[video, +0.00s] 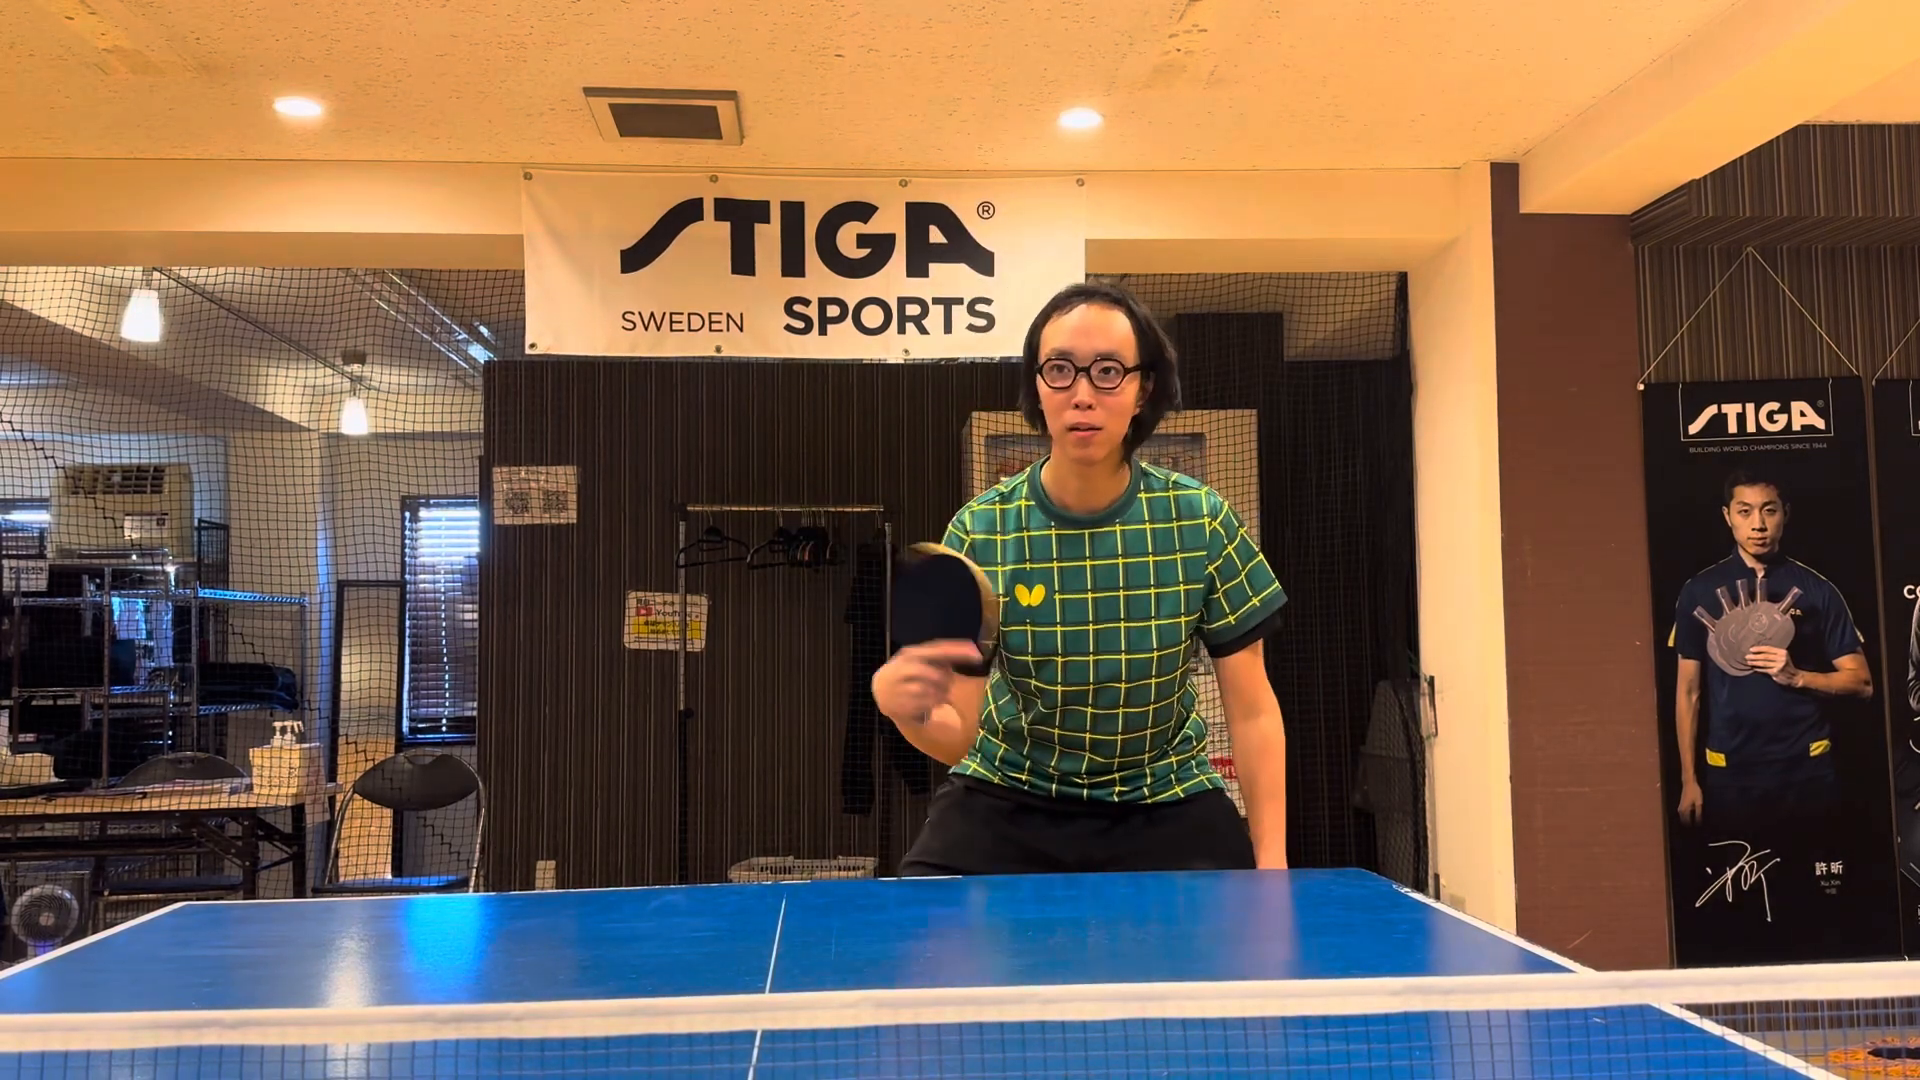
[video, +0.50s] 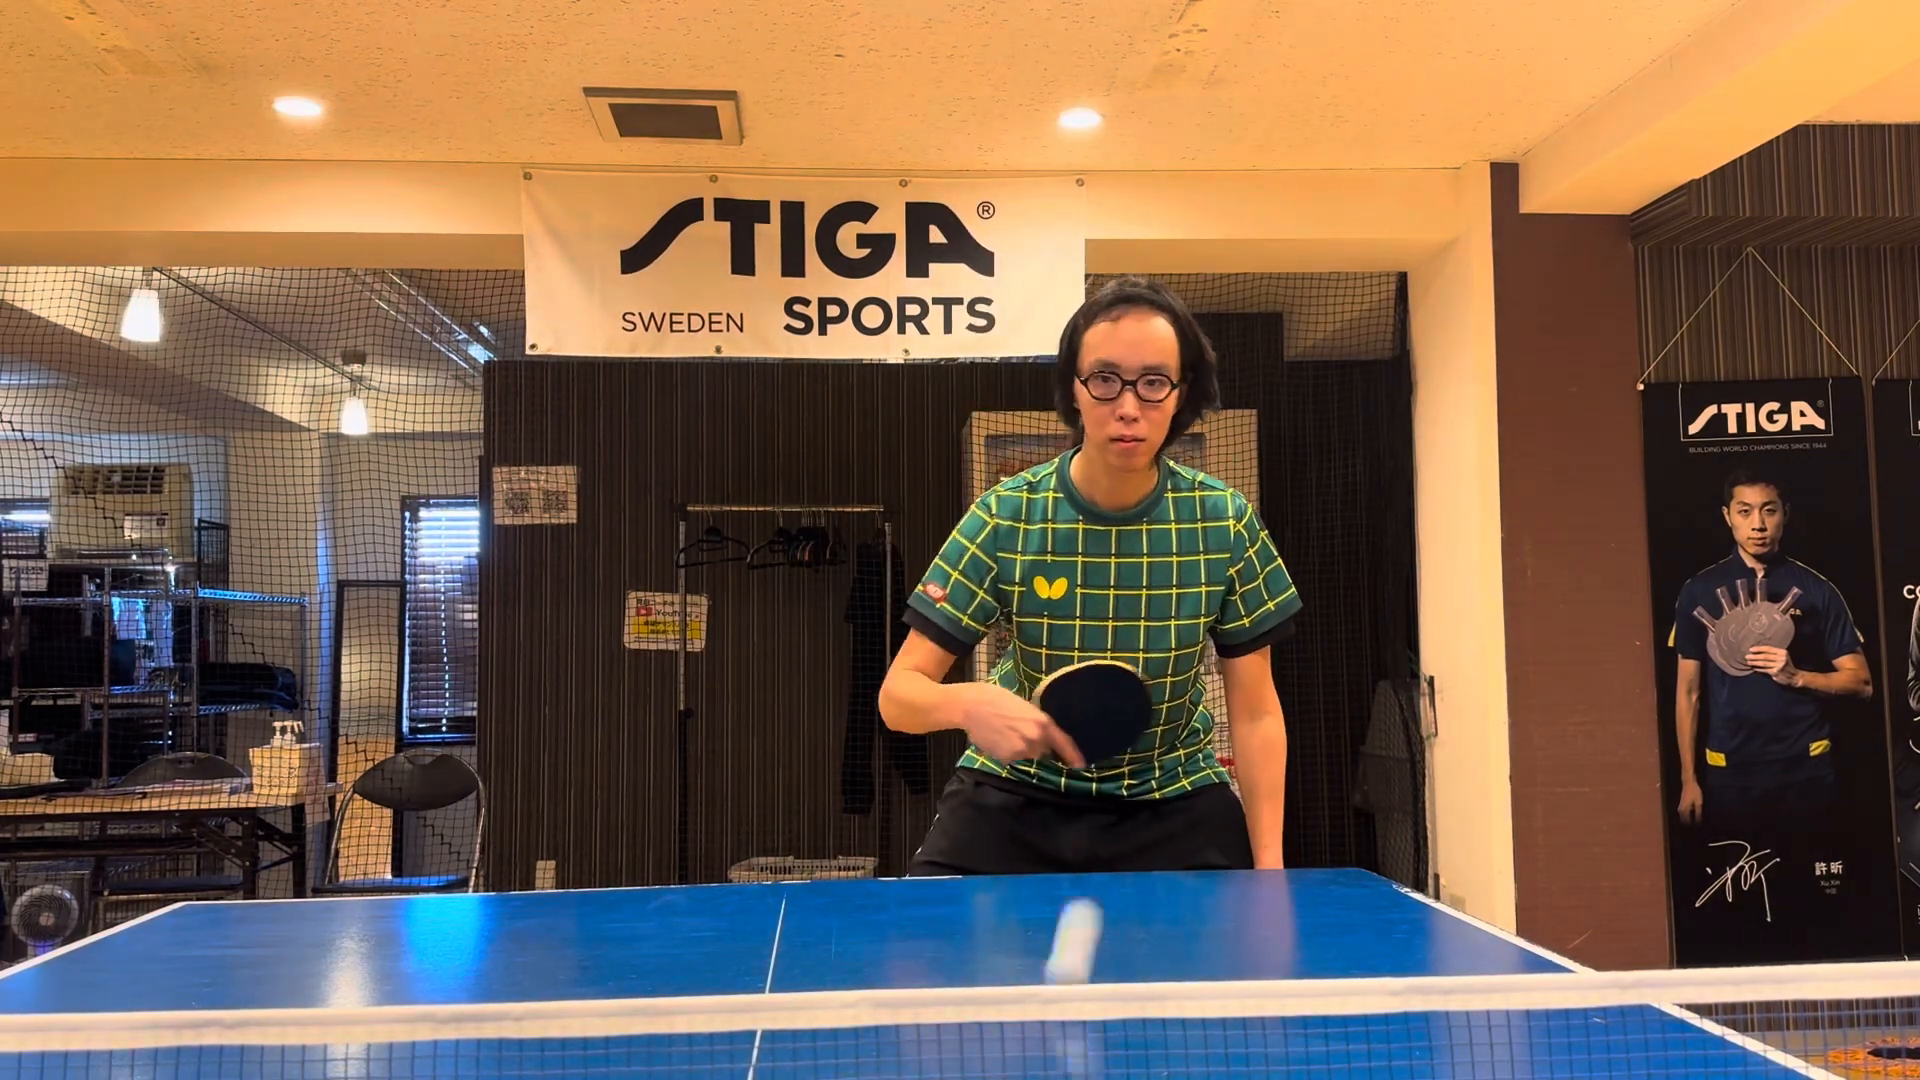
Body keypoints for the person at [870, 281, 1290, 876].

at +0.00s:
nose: (1081, 392)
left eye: (1107, 371)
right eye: (1060, 370)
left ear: (1142, 390)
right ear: (1036, 389)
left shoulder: (1199, 522)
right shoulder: (981, 530)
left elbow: (1252, 711)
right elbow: (957, 734)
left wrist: (1271, 871)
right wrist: (898, 703)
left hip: (1165, 798)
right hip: (1005, 796)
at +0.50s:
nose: (1129, 406)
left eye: (1154, 382)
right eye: (1105, 379)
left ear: (1182, 394)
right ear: (1074, 389)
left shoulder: (1223, 521)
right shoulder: (1005, 516)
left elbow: (1256, 713)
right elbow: (898, 696)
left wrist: (1269, 875)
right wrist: (968, 704)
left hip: (1174, 801)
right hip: (1012, 798)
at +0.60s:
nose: (1140, 409)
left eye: (1165, 384)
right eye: (1116, 381)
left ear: (1192, 395)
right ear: (1084, 389)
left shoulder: (1231, 523)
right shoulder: (1014, 515)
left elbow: (1256, 715)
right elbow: (921, 701)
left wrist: (1270, 878)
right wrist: (1021, 704)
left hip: (1177, 805)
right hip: (1016, 799)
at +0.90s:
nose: (1143, 387)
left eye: (1168, 366)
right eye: (1122, 362)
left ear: (1196, 387)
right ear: (1092, 377)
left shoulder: (1237, 520)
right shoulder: (1019, 512)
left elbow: (1263, 711)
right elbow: (940, 718)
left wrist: (1276, 867)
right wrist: (974, 670)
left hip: (1180, 801)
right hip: (1019, 795)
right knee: (921, 949)